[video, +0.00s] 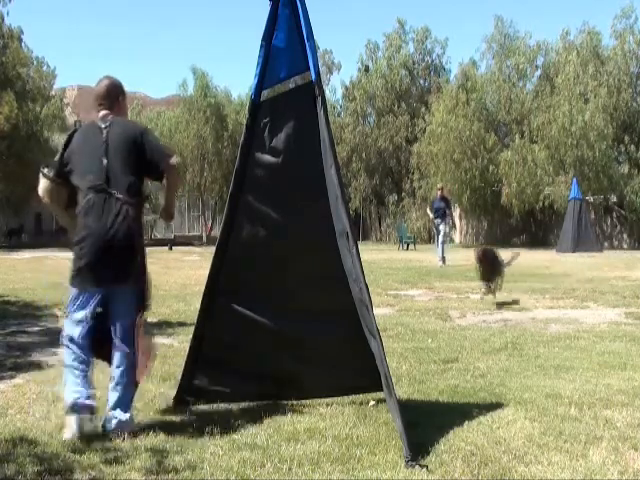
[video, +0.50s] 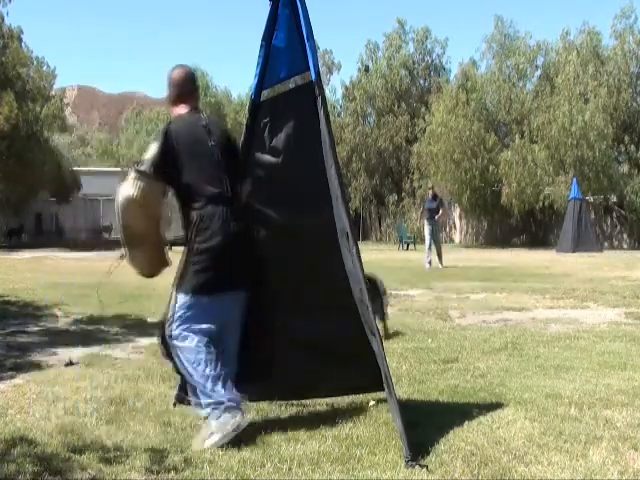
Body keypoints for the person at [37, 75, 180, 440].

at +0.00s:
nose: (129, 106)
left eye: (125, 102)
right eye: (127, 102)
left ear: (94, 106)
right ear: (122, 104)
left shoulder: (77, 136)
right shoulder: (134, 132)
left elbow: (47, 189)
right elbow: (172, 166)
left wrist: (73, 219)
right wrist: (168, 205)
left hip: (89, 240)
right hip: (127, 240)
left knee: (75, 332)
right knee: (125, 335)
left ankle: (77, 405)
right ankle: (119, 418)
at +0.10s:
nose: (135, 108)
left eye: (130, 103)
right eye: (135, 103)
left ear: (103, 106)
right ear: (131, 105)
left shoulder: (86, 140)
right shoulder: (145, 137)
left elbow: (54, 196)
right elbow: (178, 182)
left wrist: (82, 236)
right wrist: (166, 210)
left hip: (101, 239)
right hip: (141, 239)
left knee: (94, 329)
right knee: (151, 319)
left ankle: (87, 425)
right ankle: (153, 394)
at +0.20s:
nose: (136, 109)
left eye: (123, 104)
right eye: (147, 102)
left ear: (118, 106)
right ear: (147, 104)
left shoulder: (104, 139)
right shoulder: (164, 138)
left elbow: (74, 197)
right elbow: (194, 185)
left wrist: (97, 239)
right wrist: (172, 217)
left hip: (120, 247)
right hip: (160, 246)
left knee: (103, 336)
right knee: (172, 327)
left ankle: (87, 426)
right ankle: (206, 398)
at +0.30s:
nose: (154, 105)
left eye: (137, 102)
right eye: (164, 98)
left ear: (135, 101)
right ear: (166, 100)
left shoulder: (129, 135)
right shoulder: (187, 136)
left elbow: (106, 186)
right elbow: (209, 182)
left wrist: (110, 243)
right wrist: (192, 220)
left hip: (147, 251)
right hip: (187, 252)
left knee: (121, 342)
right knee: (200, 343)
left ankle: (90, 427)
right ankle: (229, 420)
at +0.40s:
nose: (154, 105)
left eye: (153, 100)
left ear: (154, 100)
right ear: (182, 99)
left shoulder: (152, 134)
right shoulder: (204, 135)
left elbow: (128, 175)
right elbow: (228, 176)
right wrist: (216, 212)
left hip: (180, 242)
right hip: (216, 242)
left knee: (152, 326)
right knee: (214, 333)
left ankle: (144, 423)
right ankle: (227, 420)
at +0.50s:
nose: (169, 100)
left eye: (168, 94)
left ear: (169, 96)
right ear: (197, 93)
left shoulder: (173, 132)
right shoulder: (220, 131)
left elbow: (150, 184)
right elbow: (239, 176)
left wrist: (148, 245)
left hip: (209, 237)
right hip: (240, 236)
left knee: (182, 328)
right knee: (228, 327)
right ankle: (220, 408)